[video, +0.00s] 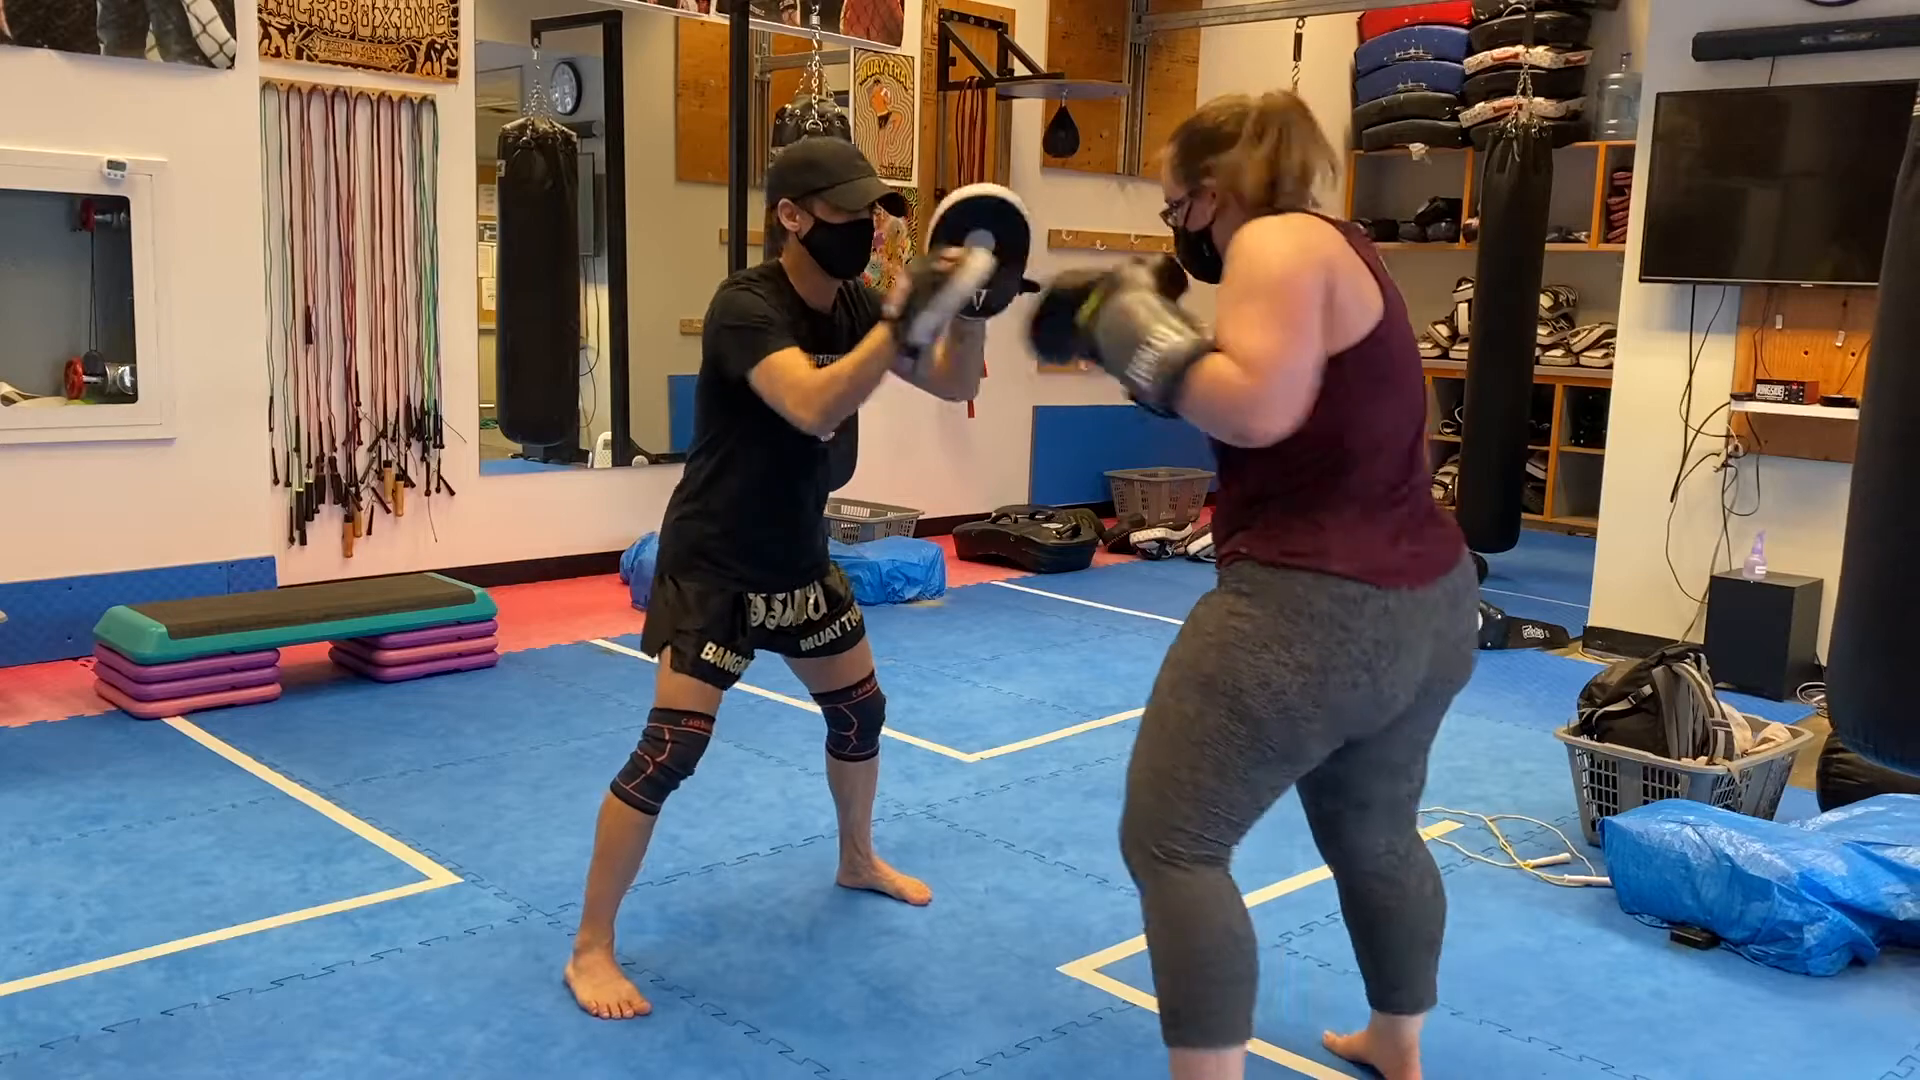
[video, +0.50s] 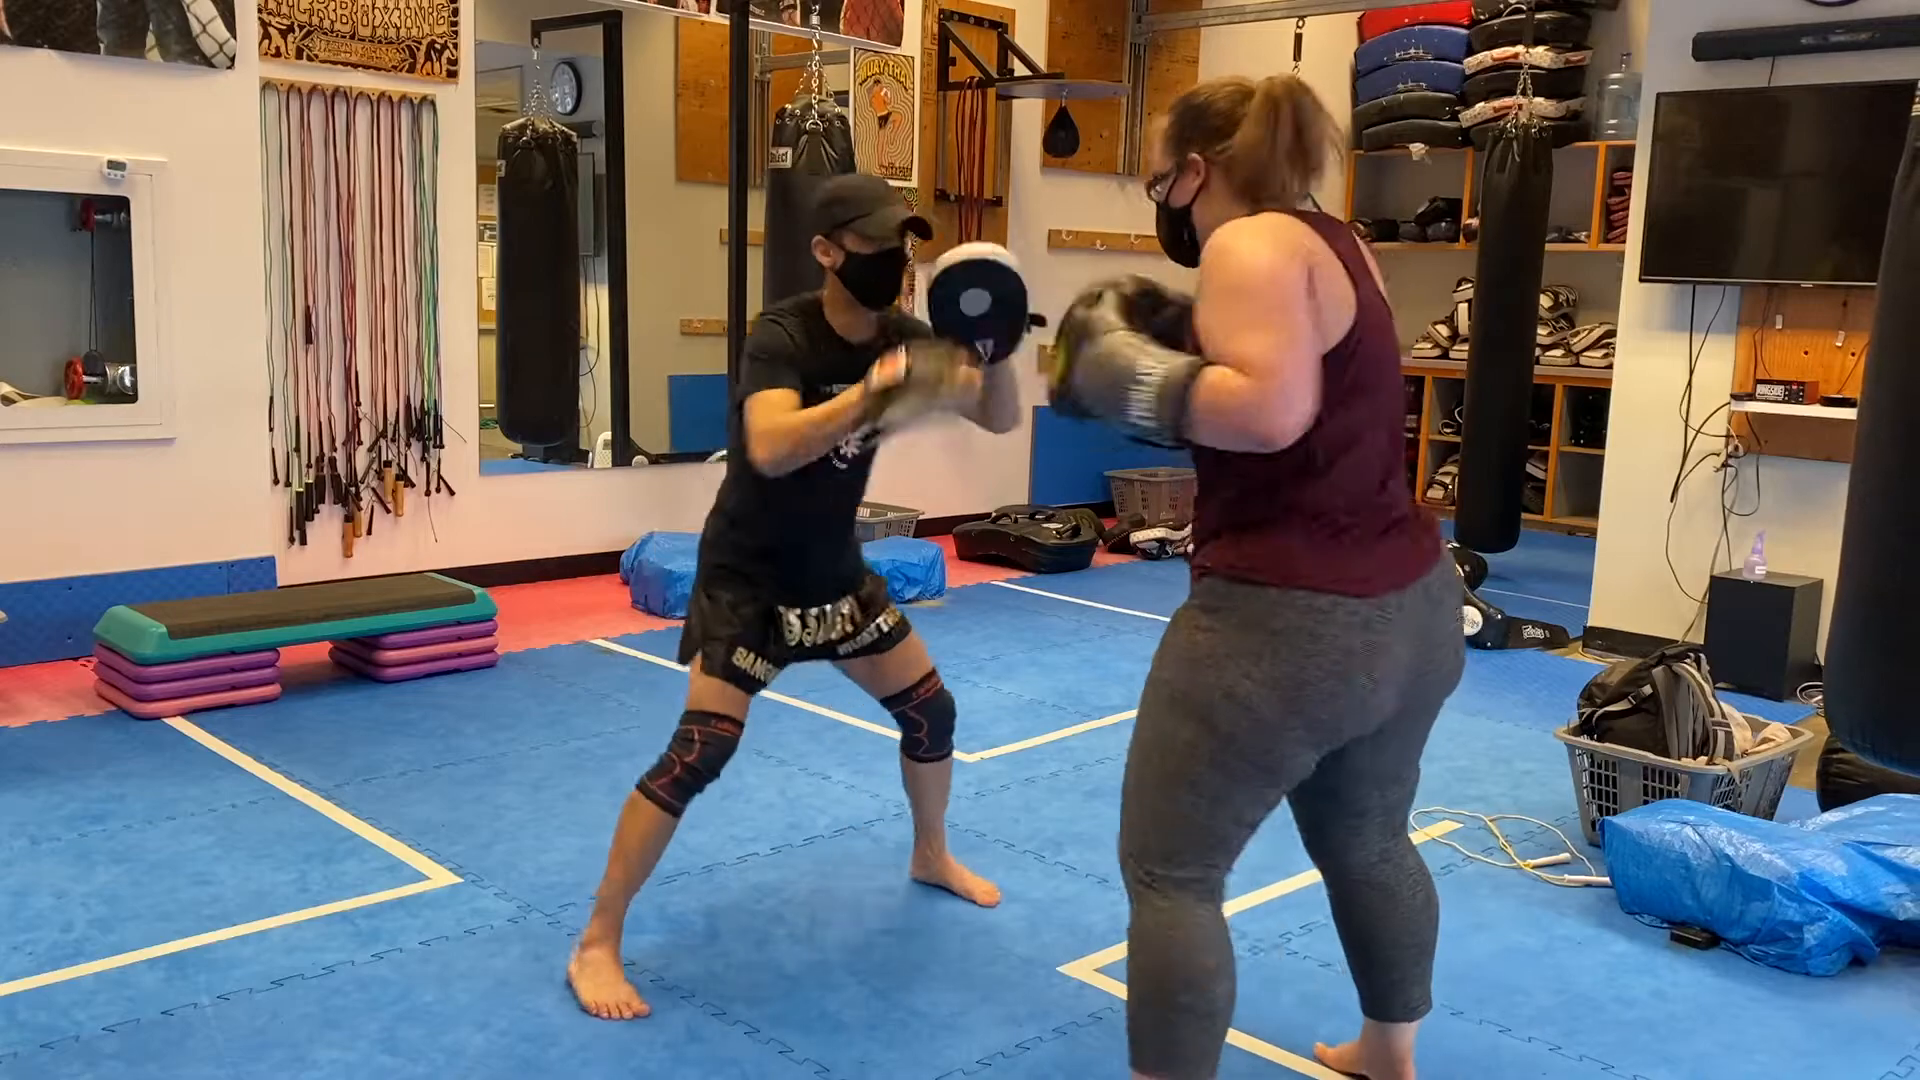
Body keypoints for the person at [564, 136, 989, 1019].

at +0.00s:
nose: (871, 228)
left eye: (873, 212)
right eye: (854, 213)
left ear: (864, 218)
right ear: (796, 215)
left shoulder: (854, 303)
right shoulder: (743, 308)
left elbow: (954, 382)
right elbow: (816, 406)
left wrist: (959, 296)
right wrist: (901, 318)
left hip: (800, 552)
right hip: (714, 555)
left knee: (859, 712)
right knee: (673, 745)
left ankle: (858, 861)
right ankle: (592, 947)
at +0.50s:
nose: (898, 263)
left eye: (902, 247)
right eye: (880, 250)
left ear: (908, 243)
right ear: (829, 250)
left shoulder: (904, 338)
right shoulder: (777, 335)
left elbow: (1001, 417)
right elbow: (769, 448)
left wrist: (993, 340)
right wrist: (872, 392)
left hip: (834, 562)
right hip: (747, 566)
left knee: (929, 712)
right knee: (704, 745)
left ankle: (932, 856)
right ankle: (599, 941)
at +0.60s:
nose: (924, 296)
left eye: (933, 280)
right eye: (907, 282)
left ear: (944, 271)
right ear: (860, 274)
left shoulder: (933, 364)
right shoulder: (803, 346)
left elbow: (1017, 452)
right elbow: (716, 452)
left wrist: (1005, 372)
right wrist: (803, 482)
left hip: (856, 567)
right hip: (759, 563)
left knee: (948, 709)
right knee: (709, 728)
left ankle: (936, 854)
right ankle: (612, 916)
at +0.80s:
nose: (887, 288)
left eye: (893, 273)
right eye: (869, 276)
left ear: (900, 273)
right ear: (818, 278)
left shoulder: (907, 369)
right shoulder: (756, 359)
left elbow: (957, 445)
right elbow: (687, 419)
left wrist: (958, 469)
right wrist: (686, 473)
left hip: (847, 577)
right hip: (749, 579)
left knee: (936, 709)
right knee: (666, 733)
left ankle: (936, 855)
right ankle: (599, 818)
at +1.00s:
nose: (763, 266)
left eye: (771, 253)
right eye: (747, 253)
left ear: (778, 253)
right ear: (701, 251)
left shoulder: (794, 346)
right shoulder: (645, 340)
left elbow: (831, 420)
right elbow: (577, 419)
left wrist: (846, 463)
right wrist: (583, 467)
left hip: (760, 560)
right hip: (658, 558)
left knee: (837, 706)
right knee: (593, 714)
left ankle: (912, 846)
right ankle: (608, 811)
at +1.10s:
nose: (719, 242)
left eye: (727, 227)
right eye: (702, 228)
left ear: (738, 225)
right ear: (657, 226)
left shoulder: (759, 319)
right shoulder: (610, 317)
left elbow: (800, 400)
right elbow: (544, 405)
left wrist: (812, 439)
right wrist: (574, 437)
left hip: (731, 533)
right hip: (632, 535)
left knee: (792, 691)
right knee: (596, 702)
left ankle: (848, 838)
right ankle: (608, 811)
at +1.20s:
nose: (703, 213)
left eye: (710, 197)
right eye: (685, 201)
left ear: (721, 195)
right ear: (638, 201)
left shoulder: (741, 294)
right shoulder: (587, 295)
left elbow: (786, 364)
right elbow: (529, 397)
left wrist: (808, 392)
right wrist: (570, 403)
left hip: (720, 513)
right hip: (619, 518)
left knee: (758, 677)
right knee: (600, 683)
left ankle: (758, 837)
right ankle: (606, 806)